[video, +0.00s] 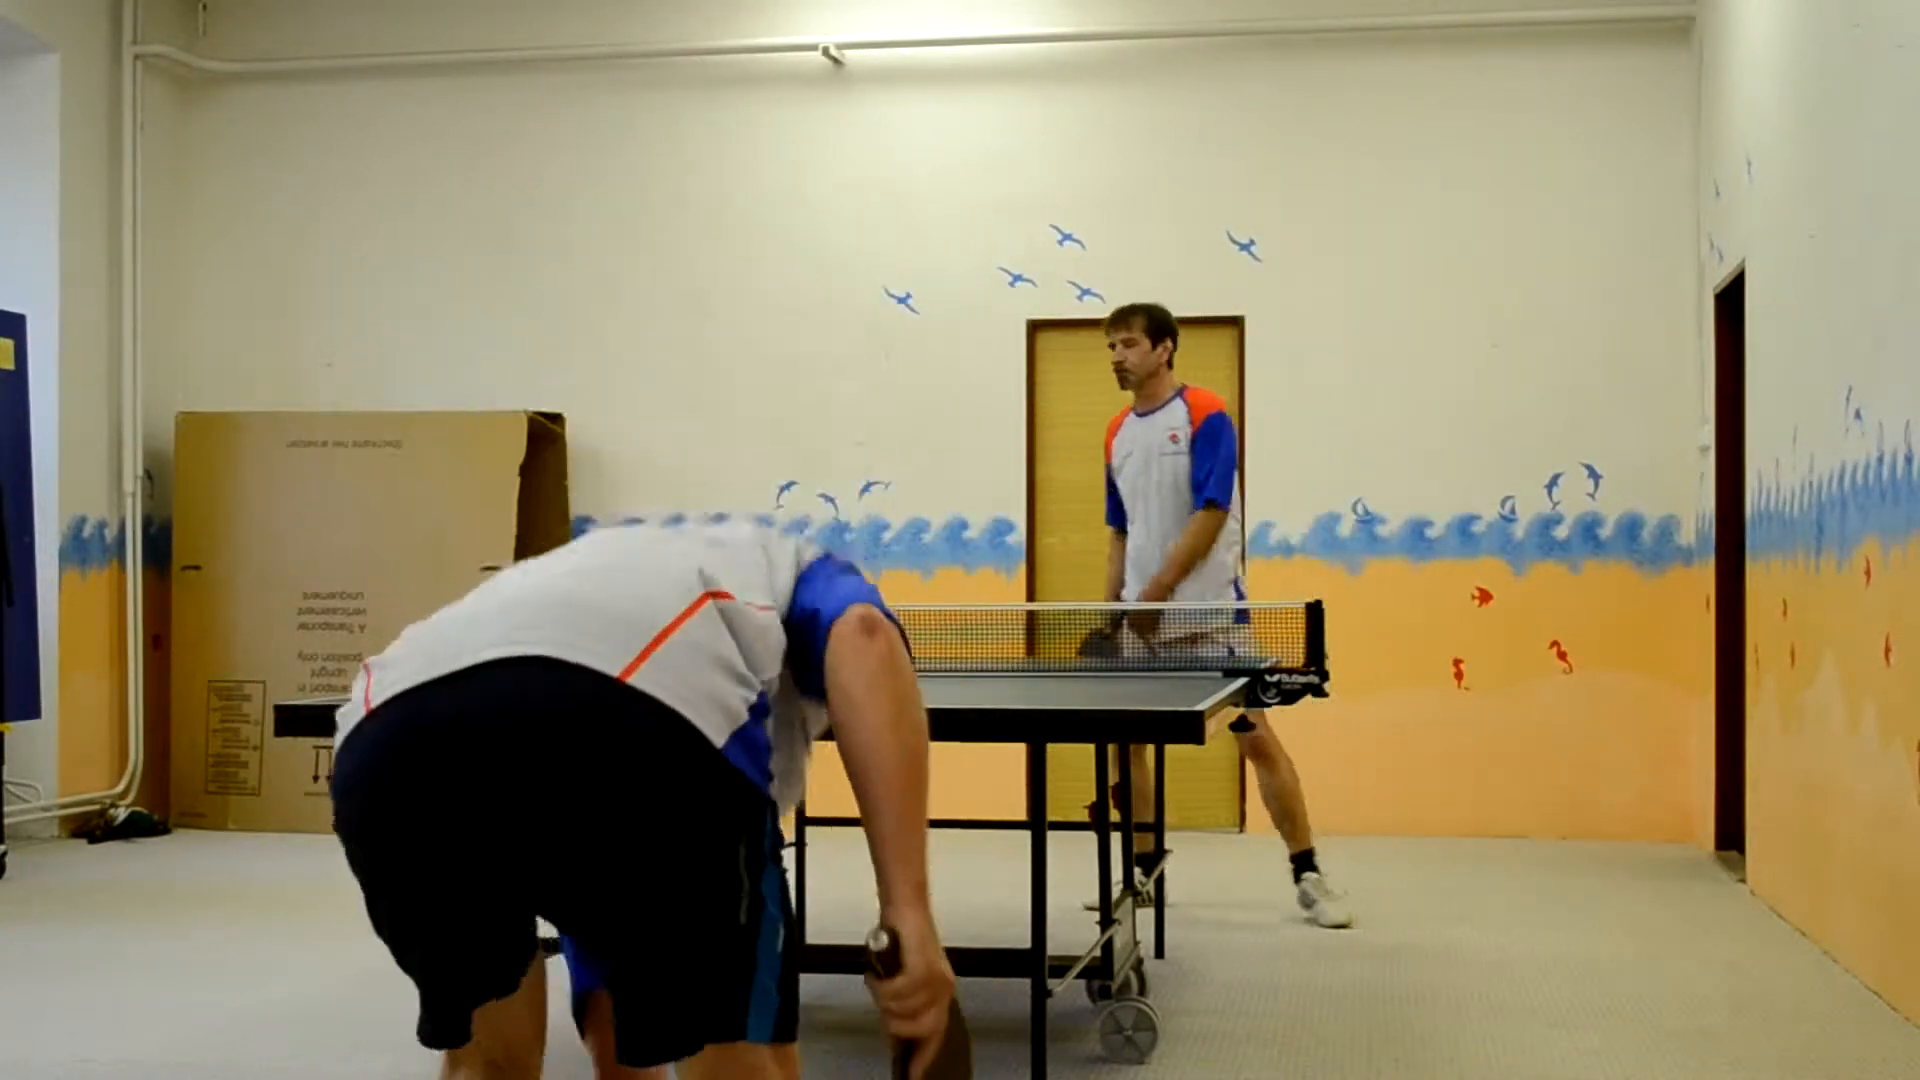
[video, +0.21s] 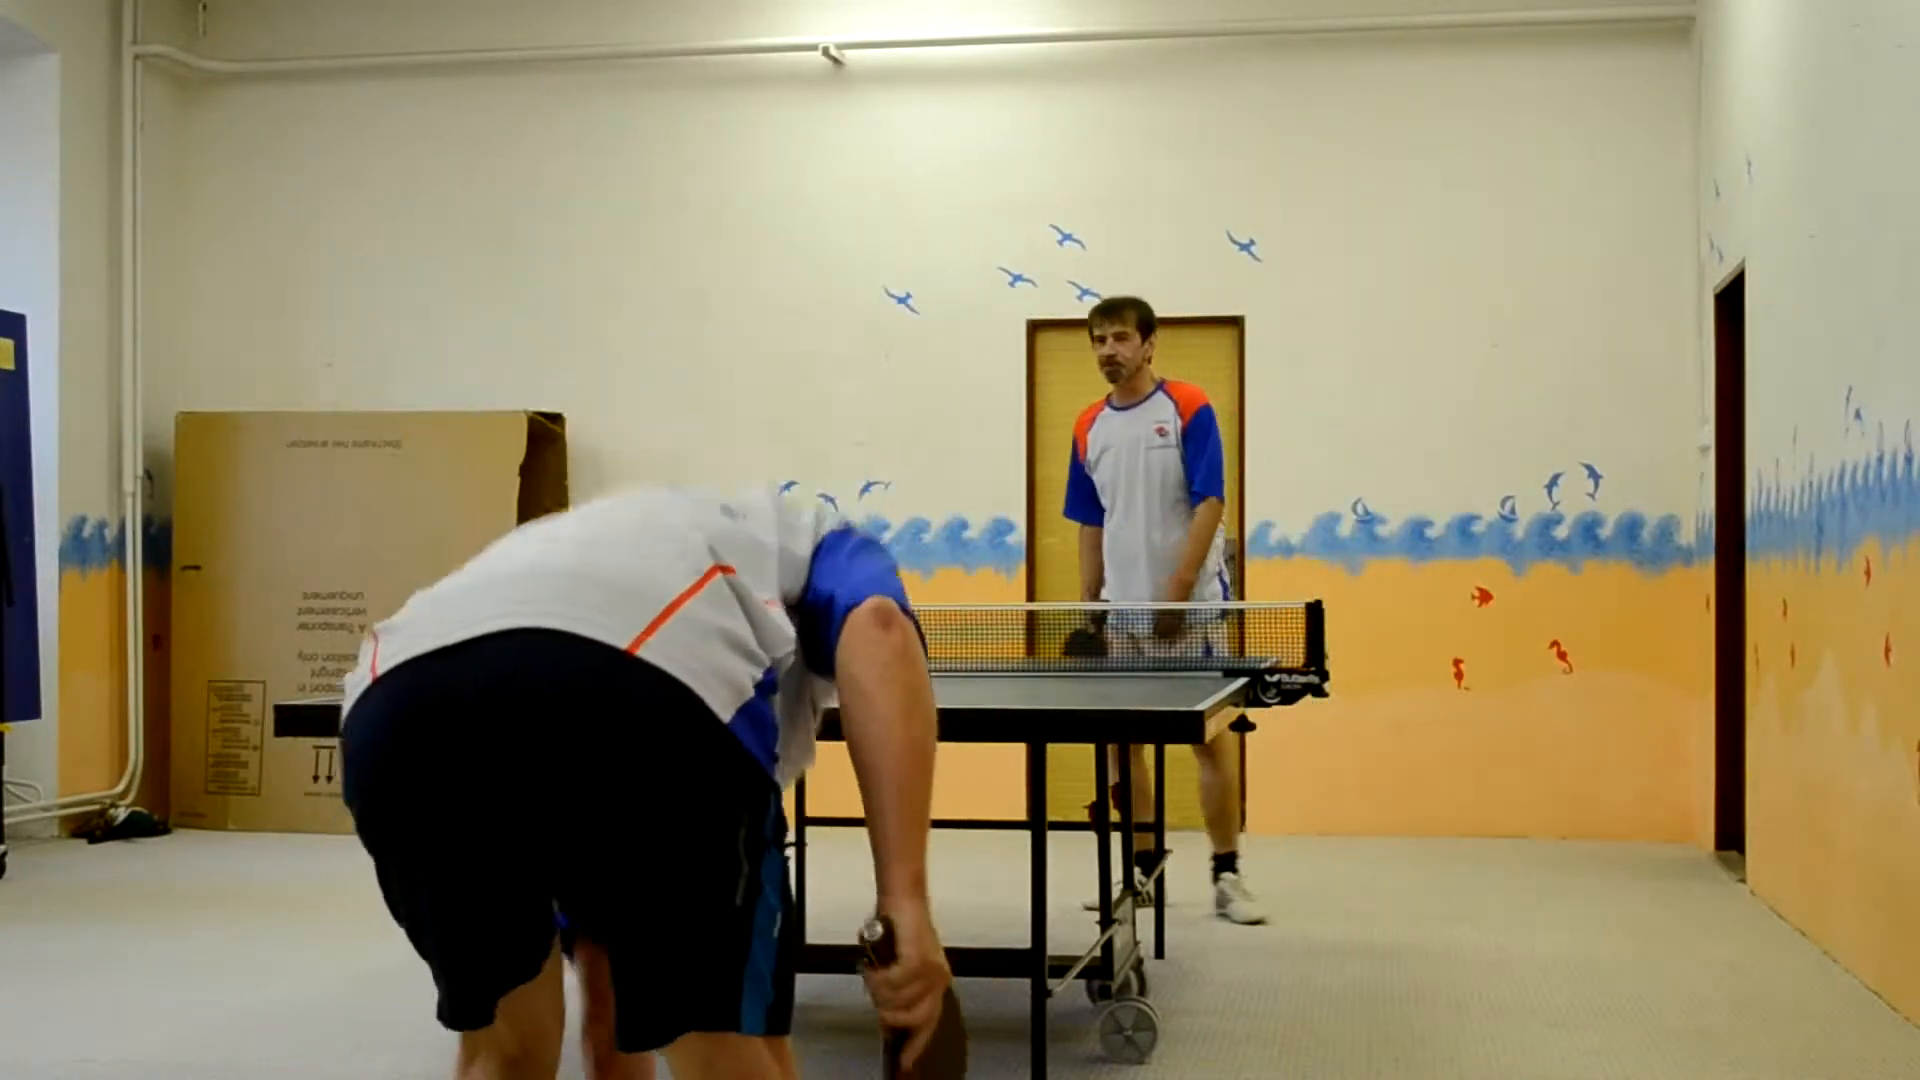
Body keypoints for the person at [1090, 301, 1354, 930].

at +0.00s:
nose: (1115, 357)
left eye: (1126, 345)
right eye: (1111, 347)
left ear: (1164, 348)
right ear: (1116, 354)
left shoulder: (1206, 413)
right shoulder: (1119, 430)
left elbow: (1212, 513)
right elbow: (1120, 534)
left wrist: (1155, 592)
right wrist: (1111, 616)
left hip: (1208, 615)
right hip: (1142, 620)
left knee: (1255, 736)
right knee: (1127, 744)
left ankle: (1308, 874)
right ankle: (1144, 877)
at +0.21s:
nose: (1107, 350)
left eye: (1119, 338)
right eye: (1099, 340)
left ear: (1148, 343)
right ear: (1092, 348)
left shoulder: (1188, 407)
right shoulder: (1089, 425)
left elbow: (1210, 505)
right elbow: (1089, 526)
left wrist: (1177, 593)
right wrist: (1091, 612)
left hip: (1194, 610)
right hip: (1121, 617)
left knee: (1212, 740)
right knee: (1122, 744)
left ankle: (1227, 874)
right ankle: (1143, 876)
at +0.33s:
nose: (1110, 347)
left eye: (1120, 336)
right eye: (1100, 338)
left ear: (1144, 341)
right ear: (1090, 347)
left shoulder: (1187, 405)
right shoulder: (1080, 424)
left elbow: (1221, 499)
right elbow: (1079, 524)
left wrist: (1208, 584)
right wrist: (1087, 607)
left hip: (1182, 614)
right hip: (1117, 620)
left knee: (1187, 741)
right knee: (1123, 748)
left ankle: (1190, 873)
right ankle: (1143, 872)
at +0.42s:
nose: (1112, 346)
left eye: (1122, 335)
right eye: (1102, 337)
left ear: (1146, 340)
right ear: (1090, 346)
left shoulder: (1189, 406)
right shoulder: (1076, 424)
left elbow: (1228, 497)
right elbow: (1076, 521)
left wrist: (1221, 583)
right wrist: (1086, 604)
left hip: (1184, 611)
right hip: (1116, 614)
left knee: (1182, 740)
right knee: (1123, 746)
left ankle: (1178, 871)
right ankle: (1143, 870)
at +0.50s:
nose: (1116, 346)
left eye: (1127, 334)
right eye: (1105, 336)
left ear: (1149, 340)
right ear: (1094, 345)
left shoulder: (1193, 407)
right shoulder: (1076, 424)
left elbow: (1234, 498)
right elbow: (1075, 524)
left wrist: (1230, 583)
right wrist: (1085, 605)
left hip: (1186, 610)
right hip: (1114, 615)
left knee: (1185, 741)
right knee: (1120, 747)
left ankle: (1182, 872)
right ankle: (1143, 871)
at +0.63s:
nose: (1123, 343)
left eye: (1134, 332)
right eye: (1113, 333)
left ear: (1157, 338)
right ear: (1100, 343)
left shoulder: (1199, 407)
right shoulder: (1081, 422)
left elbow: (1236, 499)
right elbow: (1078, 522)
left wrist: (1229, 587)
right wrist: (1085, 607)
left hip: (1188, 610)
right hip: (1114, 613)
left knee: (1186, 740)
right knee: (1112, 742)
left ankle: (1183, 873)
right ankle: (1143, 865)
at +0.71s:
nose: (1128, 343)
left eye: (1139, 332)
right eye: (1117, 333)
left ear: (1162, 338)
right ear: (1104, 342)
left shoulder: (1203, 407)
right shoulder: (1085, 420)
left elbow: (1234, 504)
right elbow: (1079, 521)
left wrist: (1220, 595)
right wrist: (1083, 604)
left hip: (1185, 612)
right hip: (1111, 615)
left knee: (1189, 741)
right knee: (1096, 737)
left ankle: (1184, 873)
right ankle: (1135, 856)